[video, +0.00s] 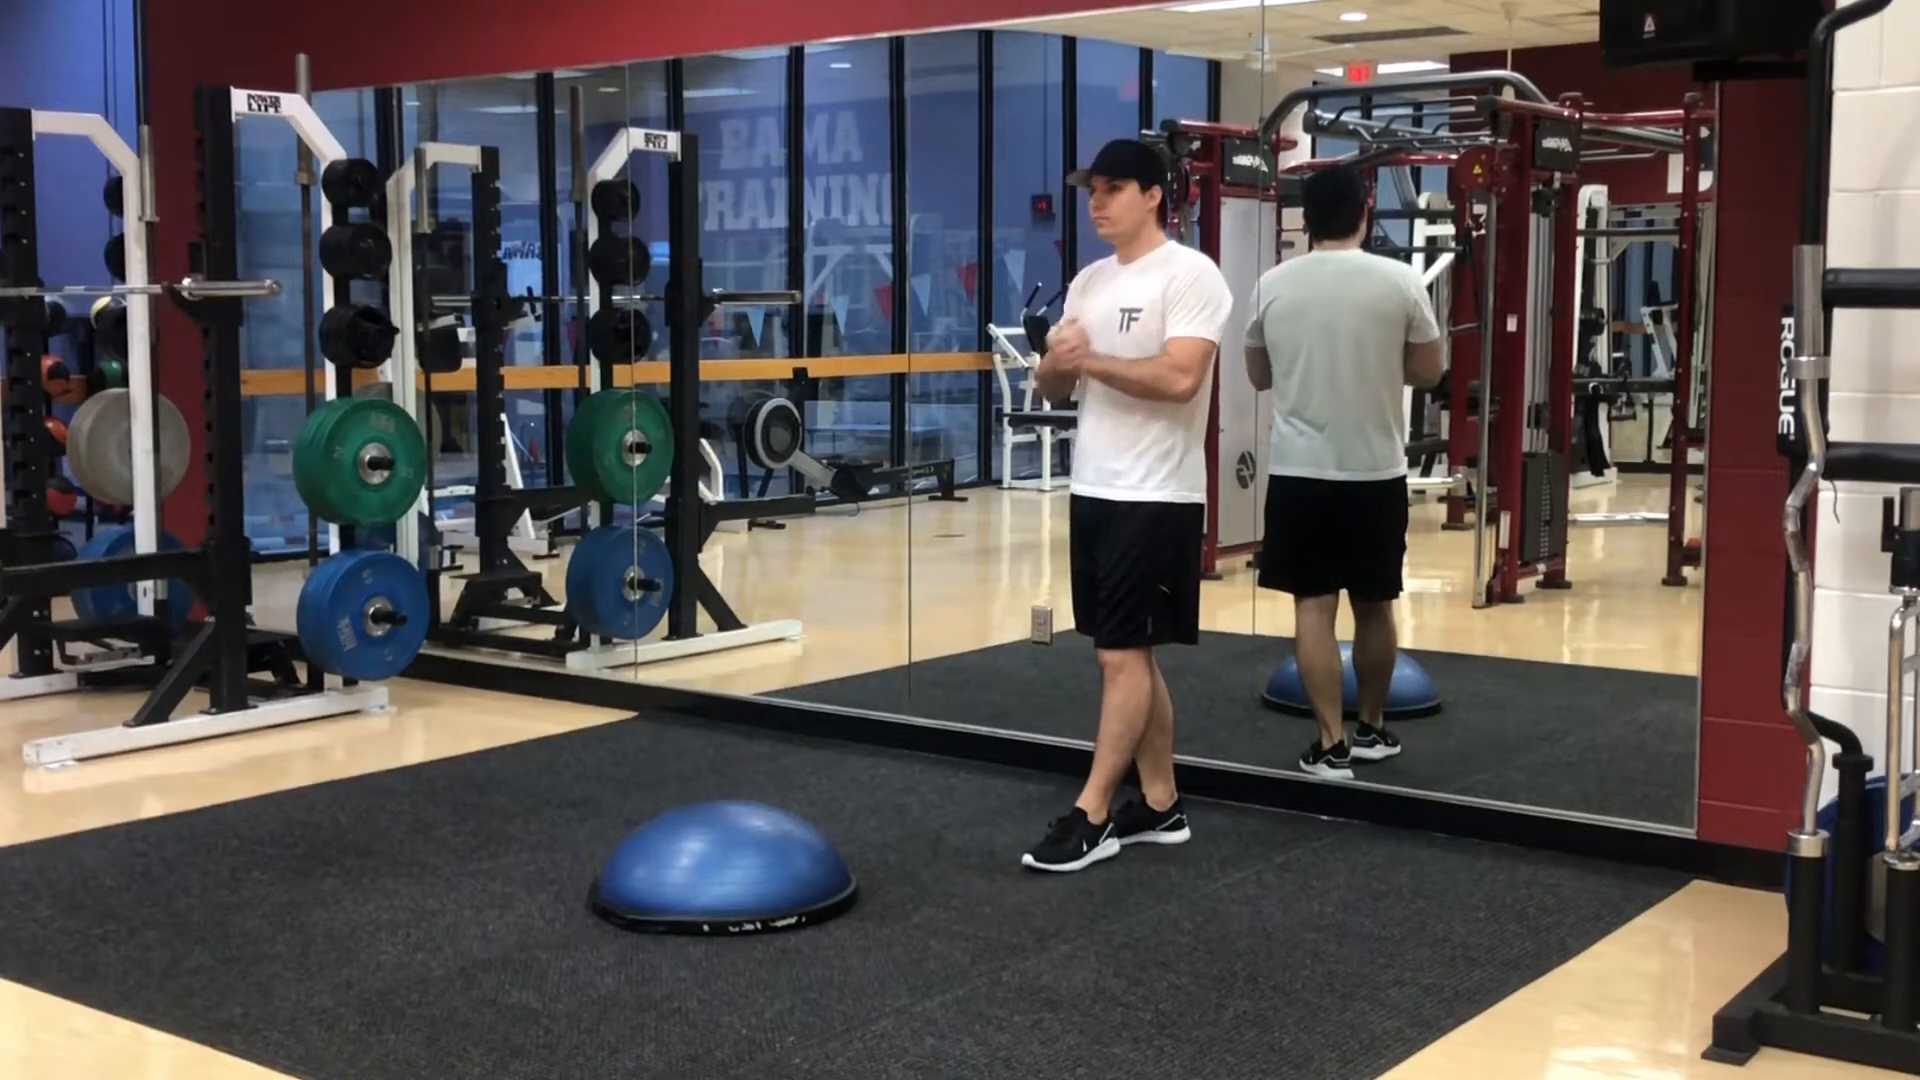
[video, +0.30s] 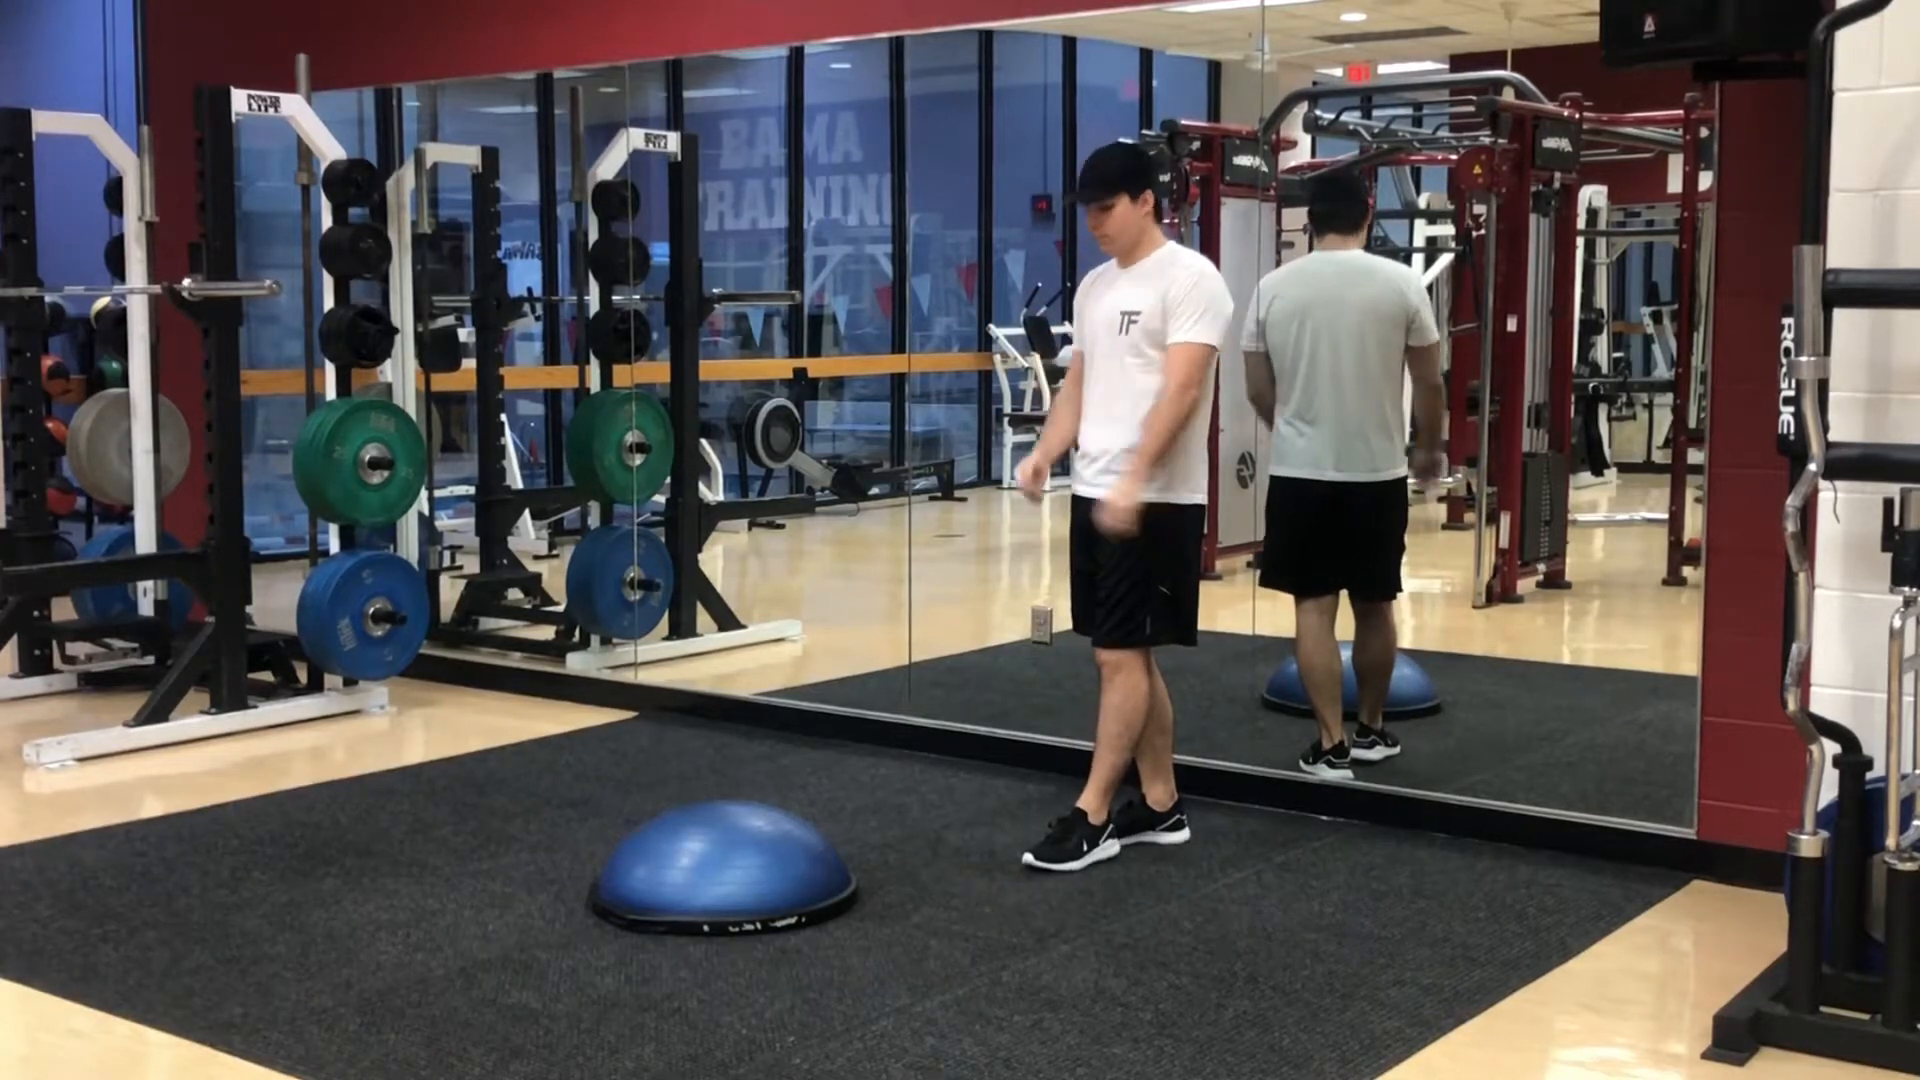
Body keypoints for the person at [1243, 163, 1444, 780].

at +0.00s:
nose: (1370, 215)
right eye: (1369, 207)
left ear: (1306, 217)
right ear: (1366, 213)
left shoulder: (1274, 285)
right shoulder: (1400, 281)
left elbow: (1260, 374)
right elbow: (1427, 370)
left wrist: (1315, 347)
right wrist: (1371, 353)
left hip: (1299, 474)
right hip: (1376, 474)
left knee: (1314, 606)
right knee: (1374, 604)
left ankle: (1331, 744)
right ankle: (1370, 727)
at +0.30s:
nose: (1370, 224)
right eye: (1370, 215)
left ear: (1311, 222)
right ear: (1368, 218)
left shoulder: (1274, 287)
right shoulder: (1401, 283)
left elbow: (1258, 387)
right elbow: (1429, 381)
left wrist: (1289, 431)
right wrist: (1428, 443)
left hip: (1300, 472)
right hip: (1377, 473)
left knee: (1314, 606)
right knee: (1375, 604)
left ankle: (1331, 744)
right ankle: (1370, 728)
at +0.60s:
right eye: (1368, 231)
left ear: (1317, 229)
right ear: (1374, 229)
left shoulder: (1278, 286)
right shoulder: (1405, 281)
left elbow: (1234, 377)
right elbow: (1441, 371)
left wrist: (1198, 436)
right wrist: (1477, 449)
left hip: (1305, 474)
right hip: (1382, 476)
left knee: (1316, 608)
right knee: (1377, 596)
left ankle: (1331, 744)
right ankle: (1369, 722)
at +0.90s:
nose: (1380, 246)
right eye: (1386, 236)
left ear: (1333, 236)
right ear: (1387, 235)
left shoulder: (1290, 288)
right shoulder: (1413, 286)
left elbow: (1258, 379)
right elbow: (1443, 382)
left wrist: (1241, 454)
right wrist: (1460, 460)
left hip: (1309, 477)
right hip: (1386, 477)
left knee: (1320, 606)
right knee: (1377, 600)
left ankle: (1332, 744)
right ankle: (1369, 720)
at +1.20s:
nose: (1402, 246)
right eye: (1407, 237)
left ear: (1354, 236)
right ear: (1408, 237)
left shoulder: (1312, 283)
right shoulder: (1432, 284)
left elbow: (1274, 375)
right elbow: (1464, 380)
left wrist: (1302, 427)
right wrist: (1465, 443)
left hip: (1323, 470)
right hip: (1399, 473)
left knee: (1322, 594)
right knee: (1386, 598)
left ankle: (1326, 715)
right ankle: (1369, 722)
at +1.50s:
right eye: (1417, 237)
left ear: (1366, 234)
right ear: (1420, 238)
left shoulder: (1324, 279)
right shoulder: (1446, 284)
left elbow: (1282, 370)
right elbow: (1475, 380)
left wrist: (1280, 437)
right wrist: (1483, 449)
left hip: (1329, 462)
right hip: (1403, 469)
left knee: (1329, 586)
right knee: (1388, 595)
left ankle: (1323, 719)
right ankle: (1369, 722)